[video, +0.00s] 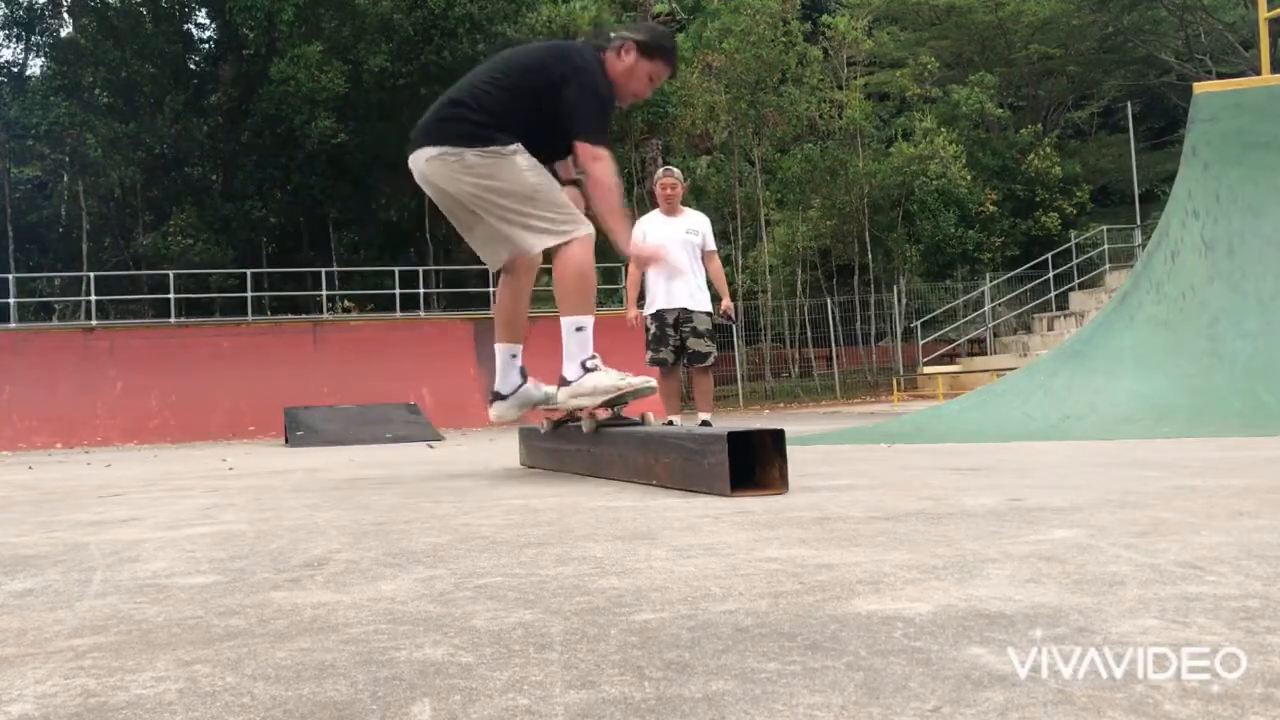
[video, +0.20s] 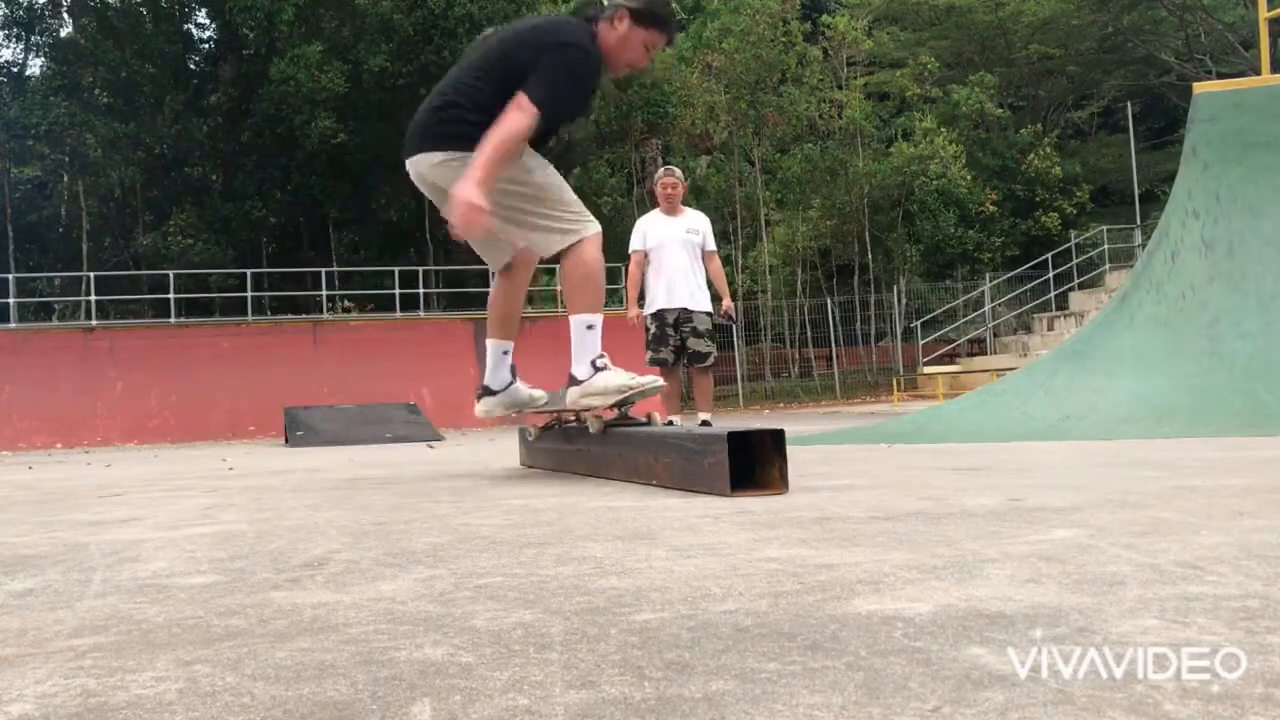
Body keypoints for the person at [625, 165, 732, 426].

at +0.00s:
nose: (668, 192)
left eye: (673, 187)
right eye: (663, 187)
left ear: (683, 189)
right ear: (654, 191)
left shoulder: (699, 220)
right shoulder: (643, 224)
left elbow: (712, 259)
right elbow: (635, 266)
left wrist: (725, 296)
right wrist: (631, 305)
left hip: (696, 304)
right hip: (660, 306)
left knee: (701, 365)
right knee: (667, 367)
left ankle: (705, 418)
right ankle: (673, 421)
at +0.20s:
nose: (669, 192)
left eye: (674, 186)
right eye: (664, 187)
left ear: (683, 189)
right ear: (655, 190)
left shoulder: (700, 220)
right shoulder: (644, 223)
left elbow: (712, 259)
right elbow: (636, 264)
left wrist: (726, 296)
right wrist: (632, 304)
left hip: (696, 305)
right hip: (660, 306)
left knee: (701, 365)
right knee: (668, 367)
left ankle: (705, 418)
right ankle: (672, 421)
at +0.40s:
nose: (669, 192)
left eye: (674, 186)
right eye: (664, 187)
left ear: (684, 189)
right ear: (656, 190)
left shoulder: (700, 220)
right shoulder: (645, 223)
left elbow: (712, 260)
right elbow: (636, 264)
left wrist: (726, 296)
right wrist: (632, 304)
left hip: (697, 305)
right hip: (661, 306)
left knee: (702, 365)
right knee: (668, 367)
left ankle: (705, 418)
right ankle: (672, 420)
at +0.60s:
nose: (670, 191)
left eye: (675, 185)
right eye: (664, 186)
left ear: (684, 188)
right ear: (656, 190)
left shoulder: (700, 220)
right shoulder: (645, 223)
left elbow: (712, 260)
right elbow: (637, 264)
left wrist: (726, 297)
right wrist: (632, 304)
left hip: (697, 305)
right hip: (661, 306)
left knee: (702, 365)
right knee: (668, 367)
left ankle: (705, 419)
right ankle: (672, 421)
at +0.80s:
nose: (669, 191)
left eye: (674, 186)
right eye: (664, 186)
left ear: (684, 188)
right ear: (656, 190)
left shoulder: (700, 220)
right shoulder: (645, 223)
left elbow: (712, 260)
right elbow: (637, 265)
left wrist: (726, 297)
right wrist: (633, 304)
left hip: (697, 305)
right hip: (661, 307)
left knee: (702, 365)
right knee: (668, 367)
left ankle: (705, 418)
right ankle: (673, 420)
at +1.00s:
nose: (668, 191)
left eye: (673, 186)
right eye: (663, 186)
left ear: (683, 188)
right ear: (655, 190)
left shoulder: (701, 220)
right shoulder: (645, 223)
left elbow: (713, 260)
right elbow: (637, 265)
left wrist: (726, 297)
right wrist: (632, 305)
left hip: (697, 305)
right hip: (661, 307)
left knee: (702, 365)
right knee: (668, 366)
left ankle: (705, 418)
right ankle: (673, 420)